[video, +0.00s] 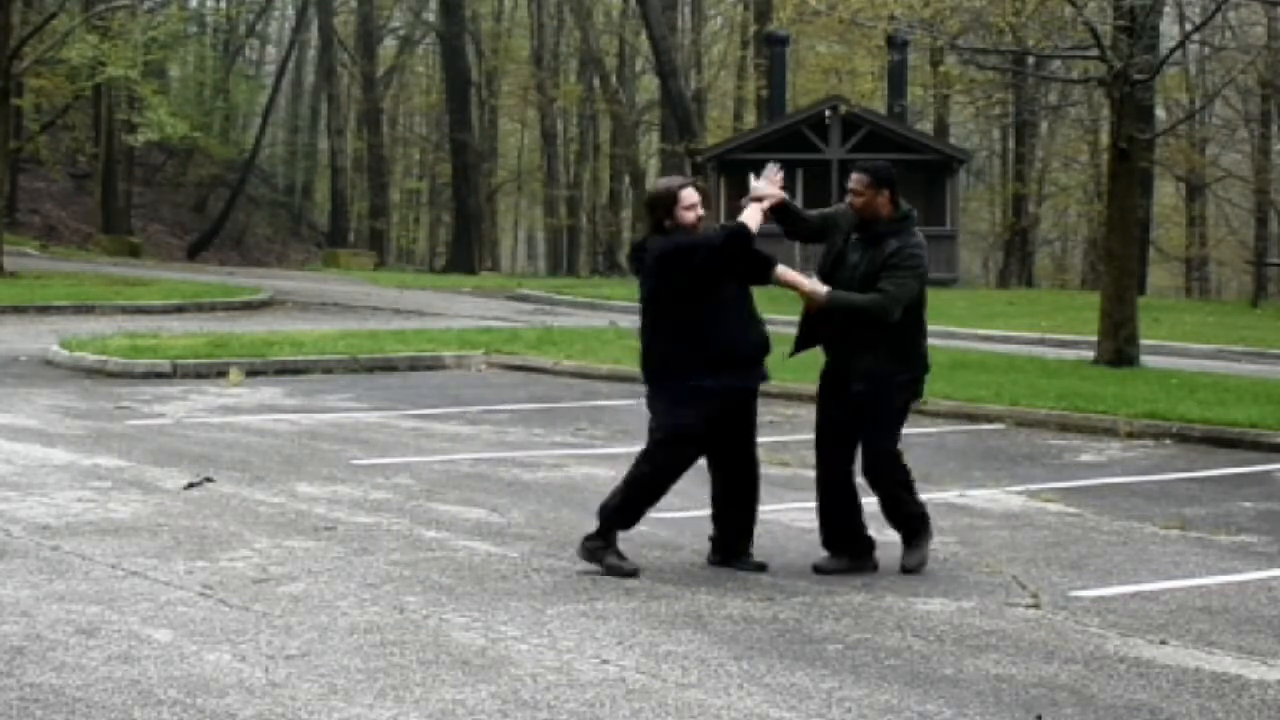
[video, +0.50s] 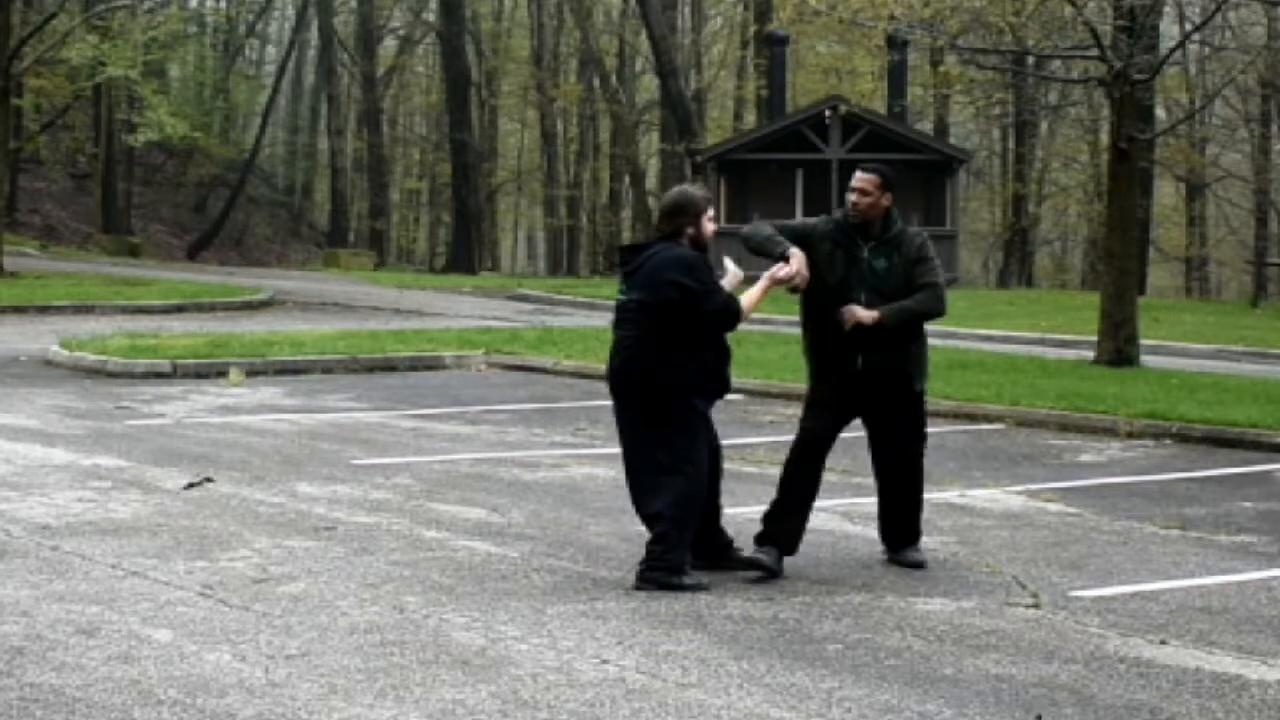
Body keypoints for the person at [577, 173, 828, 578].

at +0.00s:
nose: (699, 213)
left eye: (700, 206)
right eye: (689, 209)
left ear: (704, 208)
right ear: (667, 216)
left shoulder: (714, 245)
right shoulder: (662, 253)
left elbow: (763, 267)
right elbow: (730, 241)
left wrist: (805, 284)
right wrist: (759, 203)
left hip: (732, 378)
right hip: (683, 382)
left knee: (737, 468)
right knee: (664, 462)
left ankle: (731, 549)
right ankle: (602, 537)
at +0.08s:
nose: (707, 212)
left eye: (707, 205)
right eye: (699, 207)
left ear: (704, 210)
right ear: (675, 213)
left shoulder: (714, 249)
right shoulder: (664, 251)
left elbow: (752, 278)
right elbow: (733, 250)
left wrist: (802, 288)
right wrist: (775, 224)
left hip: (728, 378)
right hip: (677, 380)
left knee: (737, 467)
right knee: (670, 457)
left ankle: (731, 549)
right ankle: (622, 550)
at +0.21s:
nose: (725, 218)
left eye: (723, 210)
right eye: (717, 212)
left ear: (685, 218)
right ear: (695, 218)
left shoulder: (666, 255)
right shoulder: (699, 257)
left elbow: (737, 299)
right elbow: (749, 292)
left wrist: (801, 300)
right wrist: (780, 277)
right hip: (686, 384)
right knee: (681, 464)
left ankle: (728, 549)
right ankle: (649, 559)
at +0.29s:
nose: (728, 226)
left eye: (727, 218)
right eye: (722, 219)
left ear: (690, 225)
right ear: (701, 224)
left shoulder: (665, 262)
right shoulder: (702, 264)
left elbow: (732, 306)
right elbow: (744, 305)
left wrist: (799, 311)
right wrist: (782, 283)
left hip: (650, 382)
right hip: (683, 389)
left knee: (671, 467)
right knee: (689, 467)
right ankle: (659, 565)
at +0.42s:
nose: (726, 229)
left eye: (725, 221)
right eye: (721, 222)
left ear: (684, 226)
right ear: (700, 227)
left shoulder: (659, 262)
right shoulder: (695, 268)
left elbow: (703, 307)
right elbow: (737, 318)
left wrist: (751, 308)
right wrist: (775, 291)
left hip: (643, 384)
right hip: (675, 392)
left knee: (703, 466)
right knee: (692, 469)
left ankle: (722, 548)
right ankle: (661, 566)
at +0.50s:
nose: (714, 227)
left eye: (713, 218)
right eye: (710, 219)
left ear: (673, 223)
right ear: (692, 225)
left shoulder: (647, 261)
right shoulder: (684, 263)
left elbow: (687, 306)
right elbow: (726, 315)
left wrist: (723, 283)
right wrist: (766, 283)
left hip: (643, 386)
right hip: (671, 392)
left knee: (703, 459)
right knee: (692, 466)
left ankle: (708, 545)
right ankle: (662, 564)